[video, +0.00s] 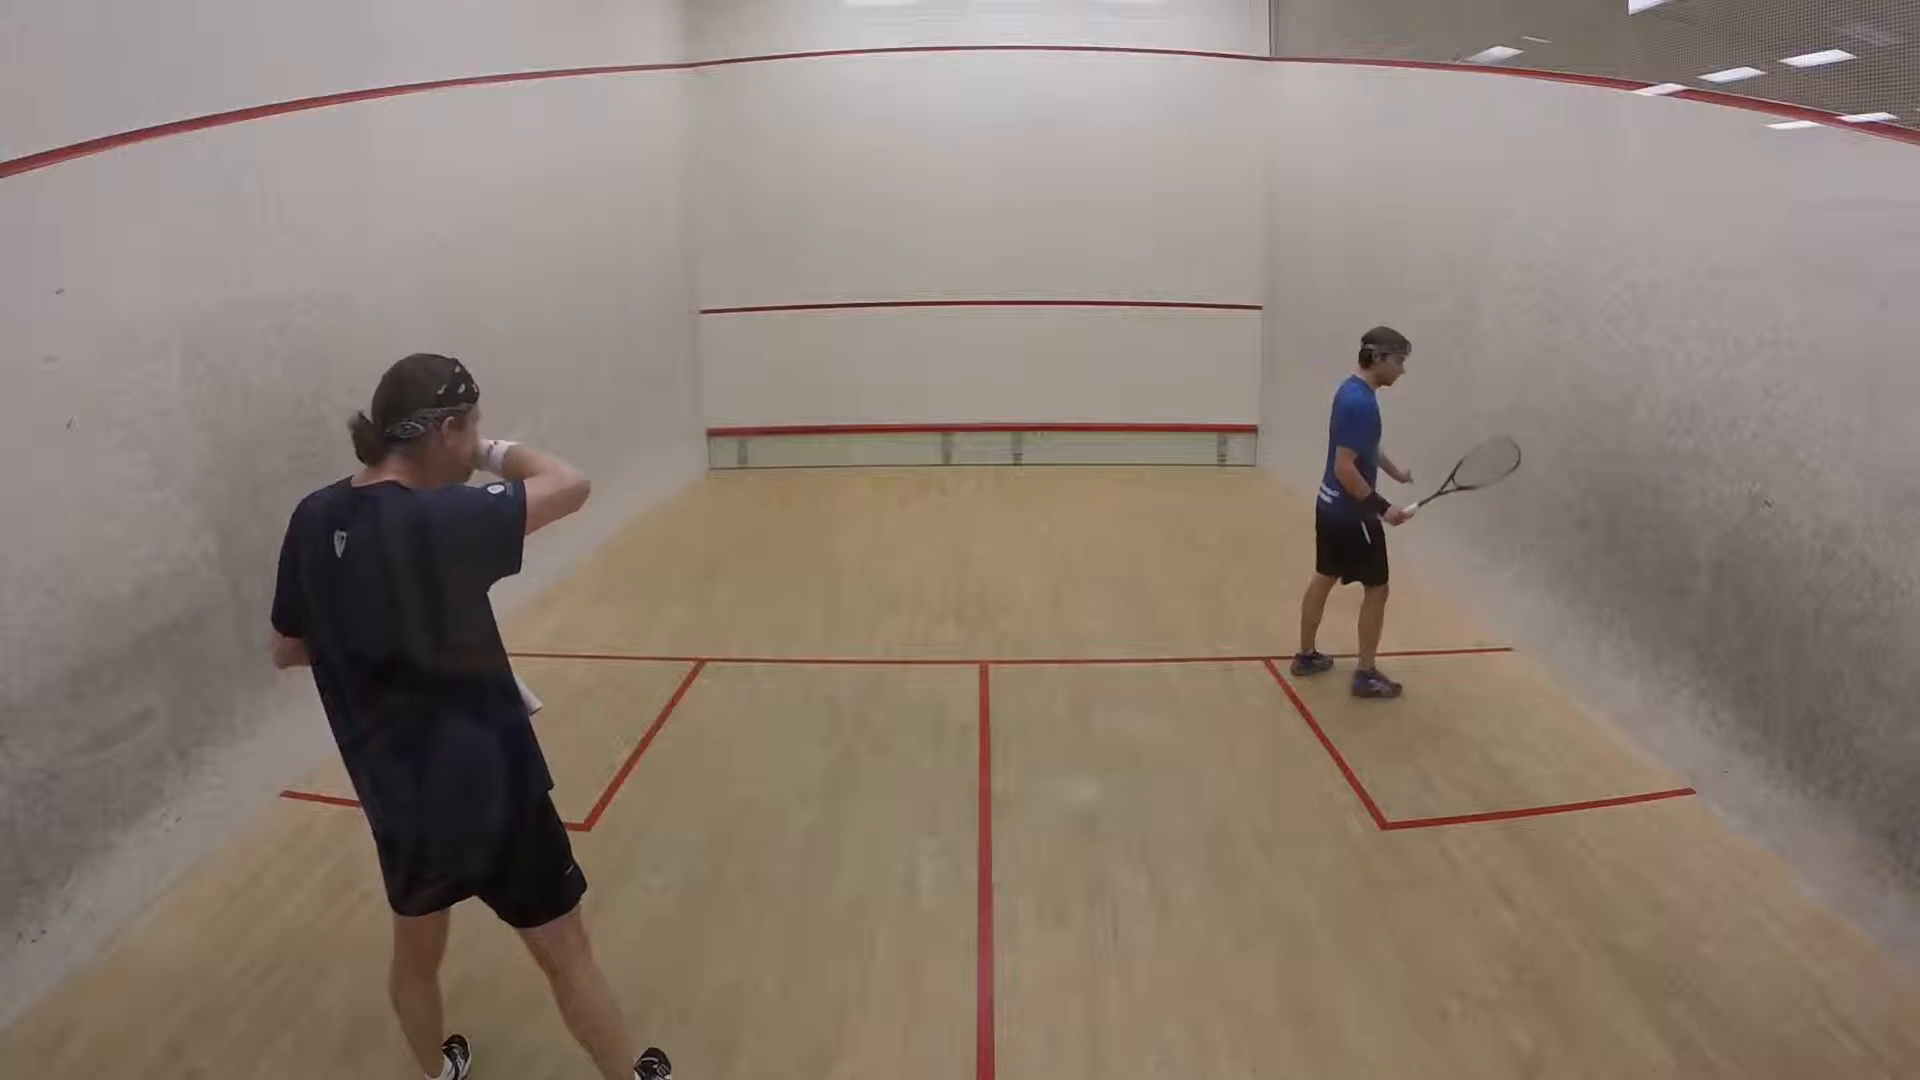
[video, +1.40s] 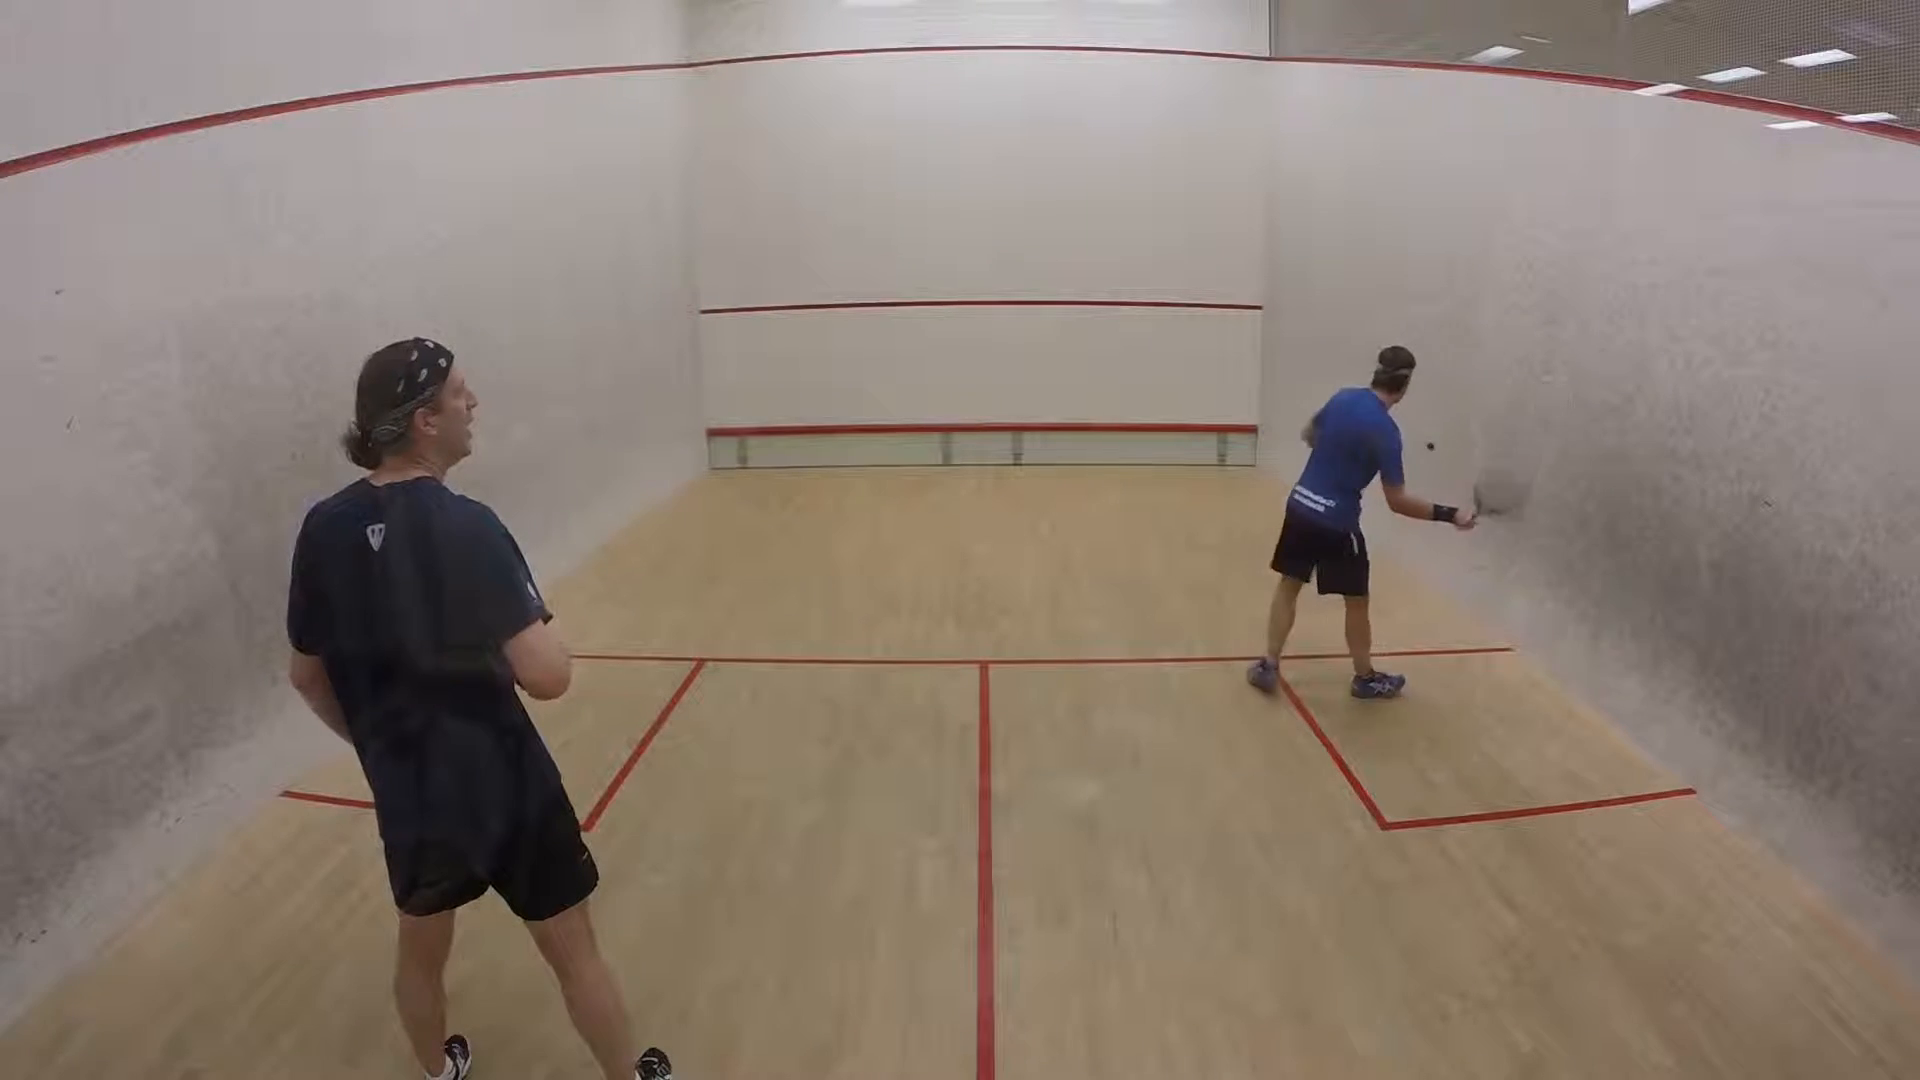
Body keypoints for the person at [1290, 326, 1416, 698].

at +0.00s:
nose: (1402, 369)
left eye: (1403, 362)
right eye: (1398, 361)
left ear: (1373, 360)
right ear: (1378, 359)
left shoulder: (1351, 391)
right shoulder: (1361, 403)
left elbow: (1366, 442)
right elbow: (1344, 468)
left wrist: (1393, 470)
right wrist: (1383, 507)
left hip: (1330, 506)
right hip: (1353, 513)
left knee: (1324, 577)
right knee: (1377, 589)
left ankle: (1306, 655)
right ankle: (1365, 674)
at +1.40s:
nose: (1407, 390)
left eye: (1406, 383)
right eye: (1408, 384)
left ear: (1375, 375)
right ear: (1404, 386)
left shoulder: (1344, 398)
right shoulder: (1386, 432)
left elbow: (1310, 434)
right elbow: (1397, 501)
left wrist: (1344, 455)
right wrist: (1448, 514)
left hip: (1299, 510)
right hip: (1338, 525)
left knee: (1288, 585)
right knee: (1356, 601)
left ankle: (1269, 665)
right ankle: (1364, 676)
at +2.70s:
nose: (1125, 344)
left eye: (1137, 341)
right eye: (1126, 338)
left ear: (1156, 354)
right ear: (1123, 349)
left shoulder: (1158, 400)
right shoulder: (1128, 397)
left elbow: (1172, 468)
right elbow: (1133, 462)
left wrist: (1117, 501)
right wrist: (1107, 494)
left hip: (1149, 527)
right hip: (1128, 522)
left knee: (1112, 612)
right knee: (1128, 608)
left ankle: (1146, 689)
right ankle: (1145, 681)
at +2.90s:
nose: (1086, 360)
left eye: (1097, 356)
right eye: (1087, 353)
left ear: (1116, 369)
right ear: (1090, 363)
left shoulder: (1115, 415)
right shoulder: (1102, 411)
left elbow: (1132, 483)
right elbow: (1087, 472)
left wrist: (1092, 536)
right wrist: (1042, 504)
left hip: (1114, 542)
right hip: (1122, 537)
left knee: (1054, 625)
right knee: (1103, 607)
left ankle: (1061, 733)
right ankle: (1147, 679)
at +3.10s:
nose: (1035, 353)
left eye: (1046, 347)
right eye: (1038, 345)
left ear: (1070, 360)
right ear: (1069, 362)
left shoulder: (1051, 402)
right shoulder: (1087, 405)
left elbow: (1073, 464)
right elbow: (1068, 478)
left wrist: (1071, 532)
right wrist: (1025, 520)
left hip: (1056, 548)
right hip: (1093, 542)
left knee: (1027, 636)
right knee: (1094, 613)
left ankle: (1048, 743)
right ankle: (1129, 686)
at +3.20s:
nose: (1010, 332)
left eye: (1017, 326)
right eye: (1015, 325)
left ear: (1034, 335)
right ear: (1048, 339)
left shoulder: (1027, 383)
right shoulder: (1071, 387)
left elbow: (1047, 448)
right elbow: (1084, 460)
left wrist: (1046, 518)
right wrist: (1064, 504)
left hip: (1038, 533)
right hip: (1078, 526)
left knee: (1022, 636)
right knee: (1068, 616)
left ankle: (1032, 740)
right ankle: (1107, 705)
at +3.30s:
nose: (994, 346)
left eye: (997, 339)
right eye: (998, 339)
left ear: (1004, 344)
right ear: (1041, 347)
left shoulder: (999, 391)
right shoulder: (1060, 398)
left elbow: (1018, 460)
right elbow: (1080, 482)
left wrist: (1017, 533)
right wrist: (1058, 527)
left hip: (1020, 548)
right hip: (1066, 545)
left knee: (998, 651)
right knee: (1052, 636)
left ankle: (1005, 767)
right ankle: (1091, 735)